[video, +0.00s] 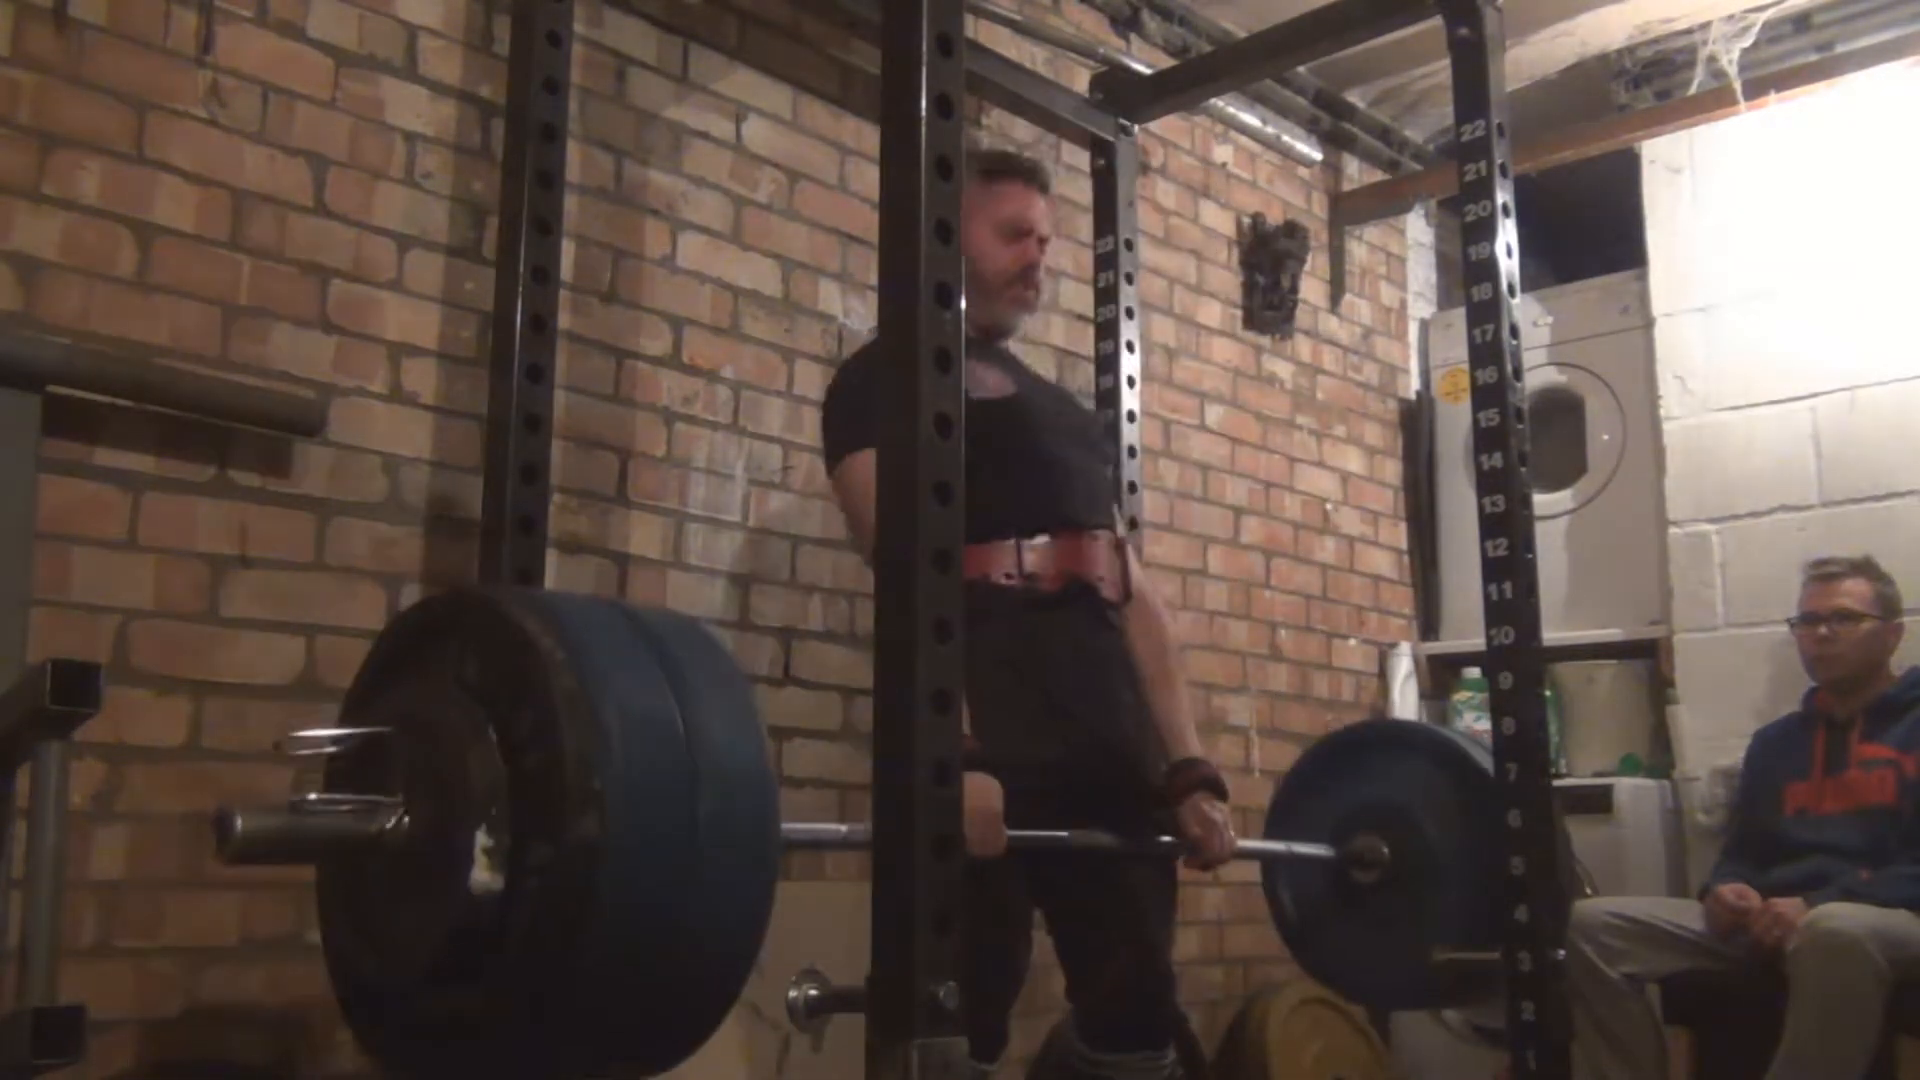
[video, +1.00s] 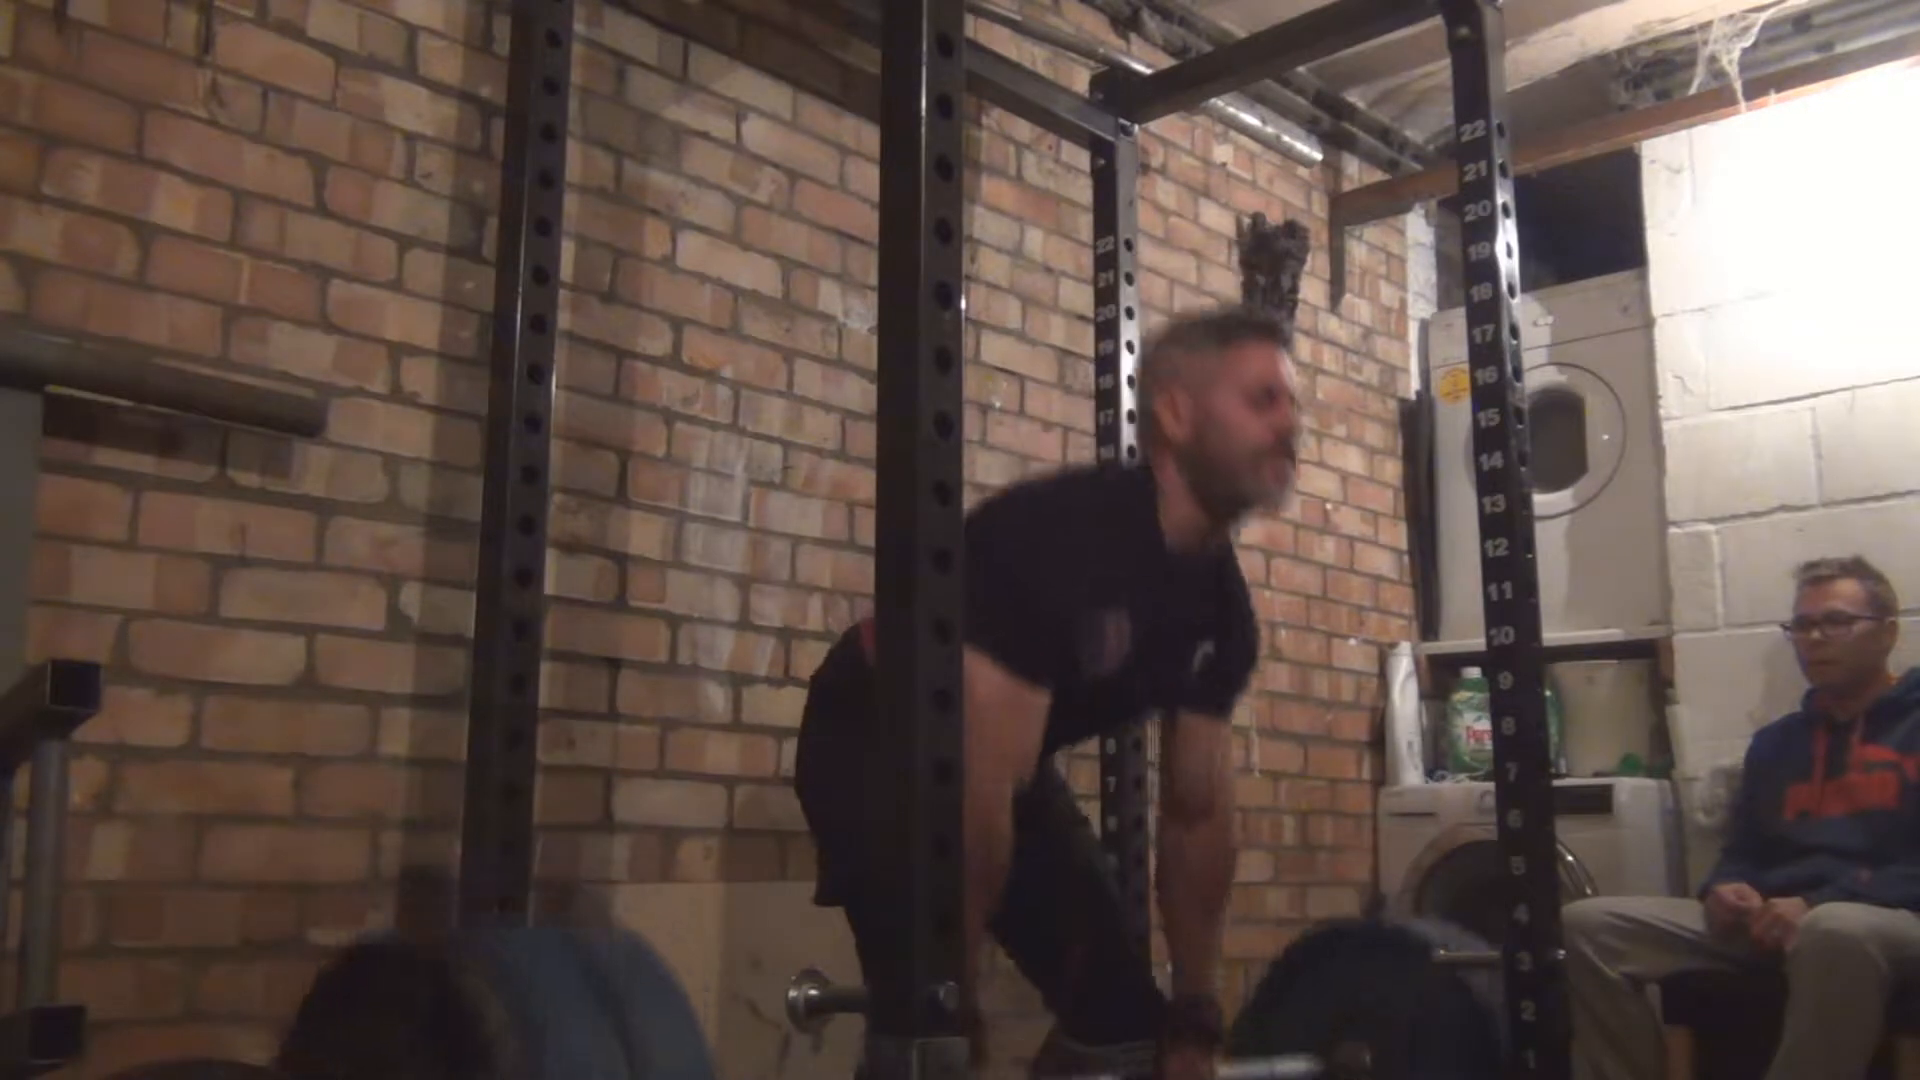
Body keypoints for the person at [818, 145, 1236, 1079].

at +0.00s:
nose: (1036, 259)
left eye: (1044, 240)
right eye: (1013, 235)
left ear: (1046, 253)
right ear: (946, 243)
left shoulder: (1074, 416)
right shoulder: (881, 383)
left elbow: (1130, 594)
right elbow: (909, 576)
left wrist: (1186, 767)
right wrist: (956, 756)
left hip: (1102, 747)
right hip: (970, 750)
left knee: (1134, 1024)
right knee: (959, 1031)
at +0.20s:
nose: (1059, 240)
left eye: (1062, 221)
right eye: (1034, 218)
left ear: (1055, 235)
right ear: (958, 227)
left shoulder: (1075, 403)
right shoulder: (892, 373)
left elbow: (1133, 590)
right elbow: (908, 577)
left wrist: (1184, 766)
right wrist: (950, 759)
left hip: (1096, 706)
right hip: (970, 712)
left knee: (1132, 1012)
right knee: (961, 1017)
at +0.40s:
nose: (1149, 206)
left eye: (1152, 187)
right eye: (1122, 182)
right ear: (1040, 200)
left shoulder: (1146, 400)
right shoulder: (985, 344)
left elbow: (1162, 605)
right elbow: (951, 576)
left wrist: (1189, 783)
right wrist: (950, 786)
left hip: (1090, 710)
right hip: (981, 696)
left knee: (1137, 1013)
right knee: (959, 1017)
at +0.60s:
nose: (1217, 248)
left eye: (1218, 227)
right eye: (1189, 224)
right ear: (1102, 239)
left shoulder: (1188, 457)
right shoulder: (1013, 390)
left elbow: (1180, 656)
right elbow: (967, 629)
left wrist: (1196, 845)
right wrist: (955, 847)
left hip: (1038, 703)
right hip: (929, 691)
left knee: (1123, 995)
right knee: (941, 1002)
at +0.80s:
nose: (1252, 331)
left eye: (1254, 308)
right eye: (1223, 305)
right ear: (1137, 317)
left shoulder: (1200, 528)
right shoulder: (1034, 457)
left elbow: (1189, 732)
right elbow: (974, 706)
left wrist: (1196, 919)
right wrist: (959, 925)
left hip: (1007, 726)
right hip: (890, 708)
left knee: (1107, 970)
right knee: (920, 996)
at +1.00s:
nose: (1292, 427)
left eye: (1291, 404)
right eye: (1264, 401)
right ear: (1173, 412)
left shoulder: (1217, 611)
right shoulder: (1053, 536)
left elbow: (1198, 814)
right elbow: (984, 791)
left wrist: (1197, 1009)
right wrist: (955, 1003)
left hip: (993, 764)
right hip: (871, 737)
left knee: (1120, 1013)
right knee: (924, 1026)